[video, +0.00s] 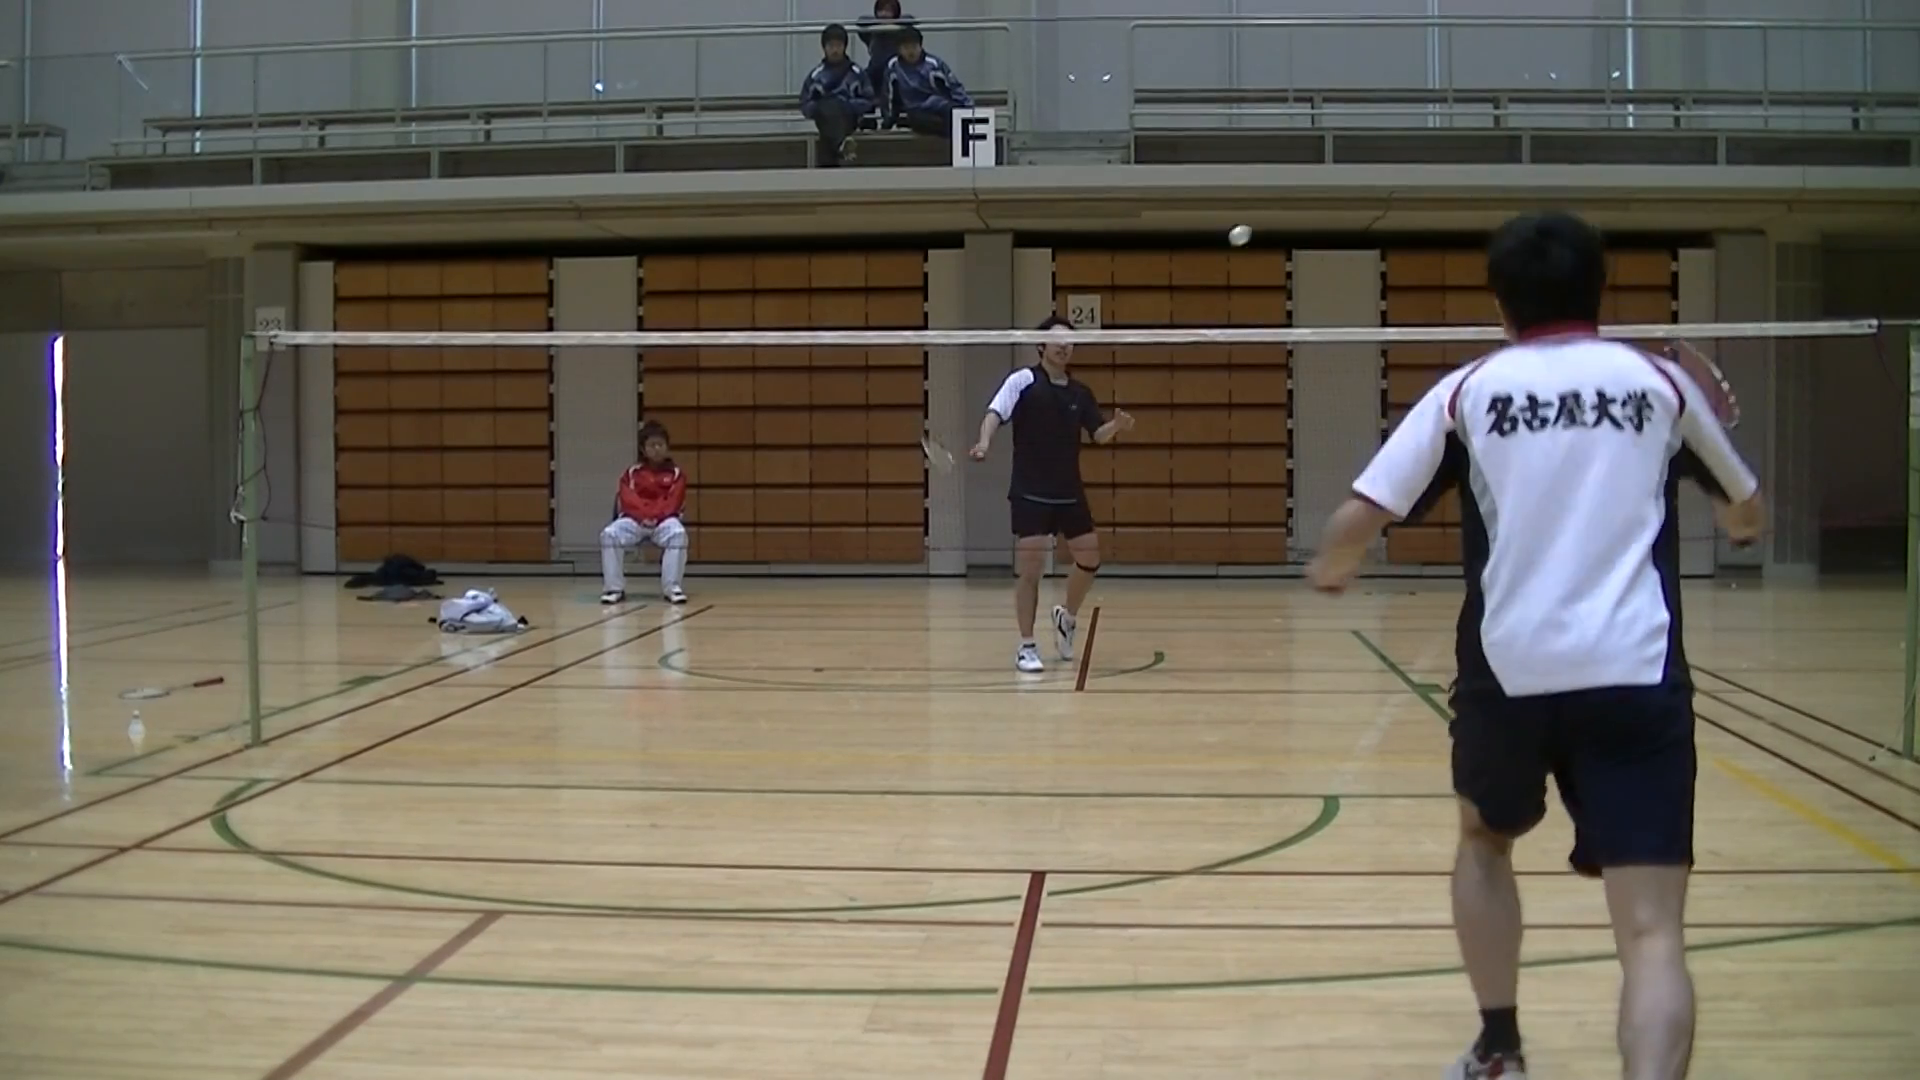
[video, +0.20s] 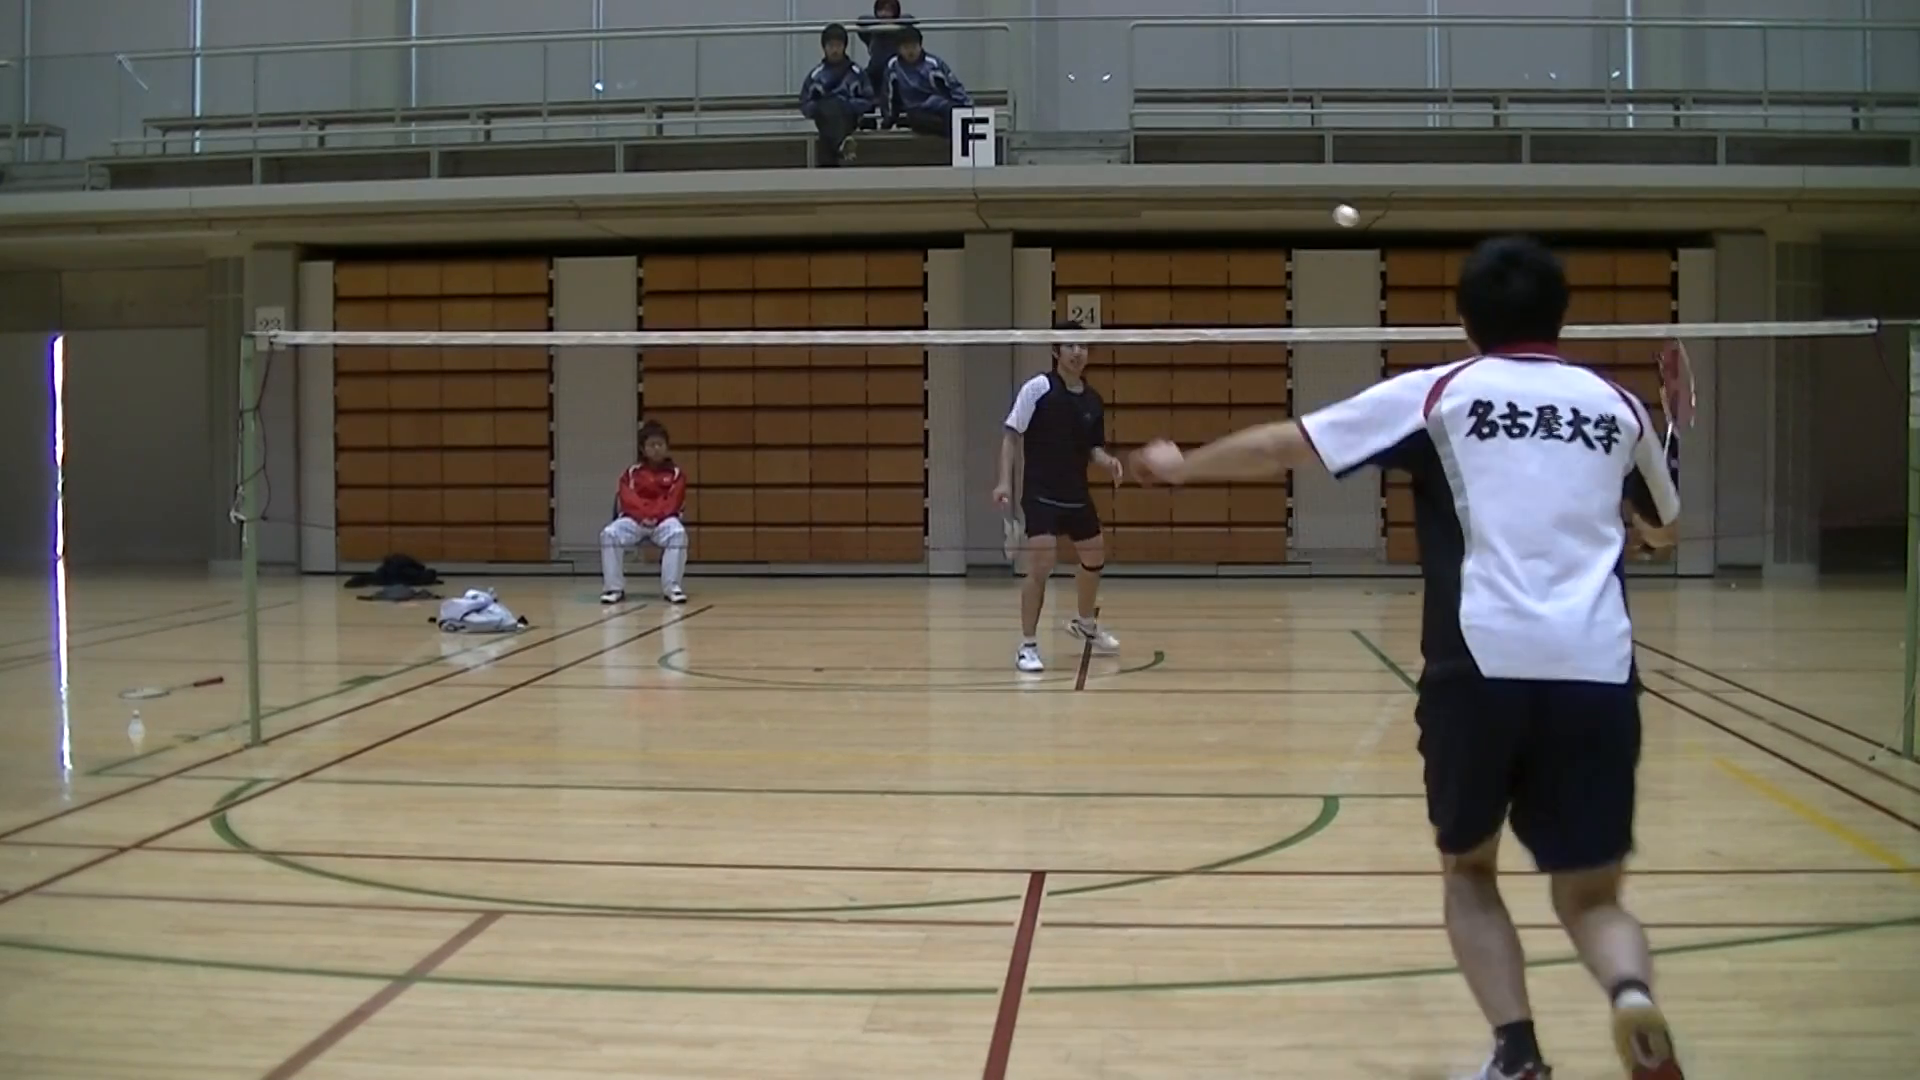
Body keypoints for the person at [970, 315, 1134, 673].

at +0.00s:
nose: (1064, 352)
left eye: (1069, 347)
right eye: (1058, 346)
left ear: (1074, 350)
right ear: (1042, 346)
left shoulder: (1078, 391)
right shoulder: (1022, 380)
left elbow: (1098, 435)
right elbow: (995, 414)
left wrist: (1115, 426)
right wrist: (984, 443)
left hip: (1069, 489)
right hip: (1030, 488)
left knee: (1089, 558)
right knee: (1030, 566)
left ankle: (1067, 618)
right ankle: (1027, 645)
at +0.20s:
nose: (1078, 353)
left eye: (1082, 347)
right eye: (1071, 347)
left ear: (1088, 353)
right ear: (1057, 351)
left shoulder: (1091, 399)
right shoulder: (1037, 388)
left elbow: (1093, 448)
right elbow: (1010, 435)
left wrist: (1108, 461)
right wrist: (1004, 482)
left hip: (1075, 489)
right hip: (1040, 489)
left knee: (1094, 555)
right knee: (1042, 561)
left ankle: (1086, 624)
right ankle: (1028, 645)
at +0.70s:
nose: (1124, 364)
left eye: (1130, 359)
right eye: (1118, 357)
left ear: (1136, 365)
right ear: (1105, 360)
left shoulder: (1131, 400)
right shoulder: (1087, 394)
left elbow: (1124, 447)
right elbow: (1058, 447)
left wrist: (1152, 475)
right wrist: (1051, 499)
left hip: (1108, 491)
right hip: (1080, 489)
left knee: (1120, 551)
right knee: (1094, 552)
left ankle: (1098, 625)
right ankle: (1073, 638)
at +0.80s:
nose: (1159, 387)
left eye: (1164, 381)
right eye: (1153, 380)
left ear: (1169, 386)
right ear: (1139, 383)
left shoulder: (1168, 423)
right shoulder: (1122, 420)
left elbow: (1178, 466)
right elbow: (1092, 468)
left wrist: (1211, 480)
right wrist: (1085, 520)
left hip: (1143, 508)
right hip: (1115, 506)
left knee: (1155, 572)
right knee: (1133, 565)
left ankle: (1122, 631)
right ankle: (1108, 641)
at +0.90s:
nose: (1168, 403)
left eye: (1173, 397)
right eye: (1161, 396)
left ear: (1180, 402)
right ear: (1147, 400)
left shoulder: (1183, 440)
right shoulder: (1131, 436)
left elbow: (1218, 471)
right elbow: (1102, 482)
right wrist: (1089, 531)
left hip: (1150, 522)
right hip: (1120, 519)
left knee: (1159, 586)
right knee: (1137, 575)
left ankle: (1127, 633)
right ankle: (1111, 640)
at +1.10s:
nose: (1175, 386)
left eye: (1179, 381)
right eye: (1168, 380)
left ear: (1184, 388)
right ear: (1151, 387)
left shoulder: (1186, 426)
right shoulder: (1138, 426)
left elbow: (1204, 444)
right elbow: (1126, 483)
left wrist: (1247, 432)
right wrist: (1141, 526)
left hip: (1166, 517)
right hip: (1132, 514)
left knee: (1175, 583)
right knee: (1116, 584)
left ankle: (1125, 617)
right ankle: (1090, 641)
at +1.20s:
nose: (1189, 374)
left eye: (1193, 369)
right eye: (1182, 368)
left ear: (1195, 374)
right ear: (1164, 372)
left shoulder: (1180, 411)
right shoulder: (1158, 409)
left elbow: (1175, 451)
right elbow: (1151, 463)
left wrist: (1203, 446)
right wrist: (1176, 503)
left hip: (1165, 507)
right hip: (1138, 506)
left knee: (1187, 577)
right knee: (1120, 593)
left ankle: (1124, 624)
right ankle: (1063, 630)